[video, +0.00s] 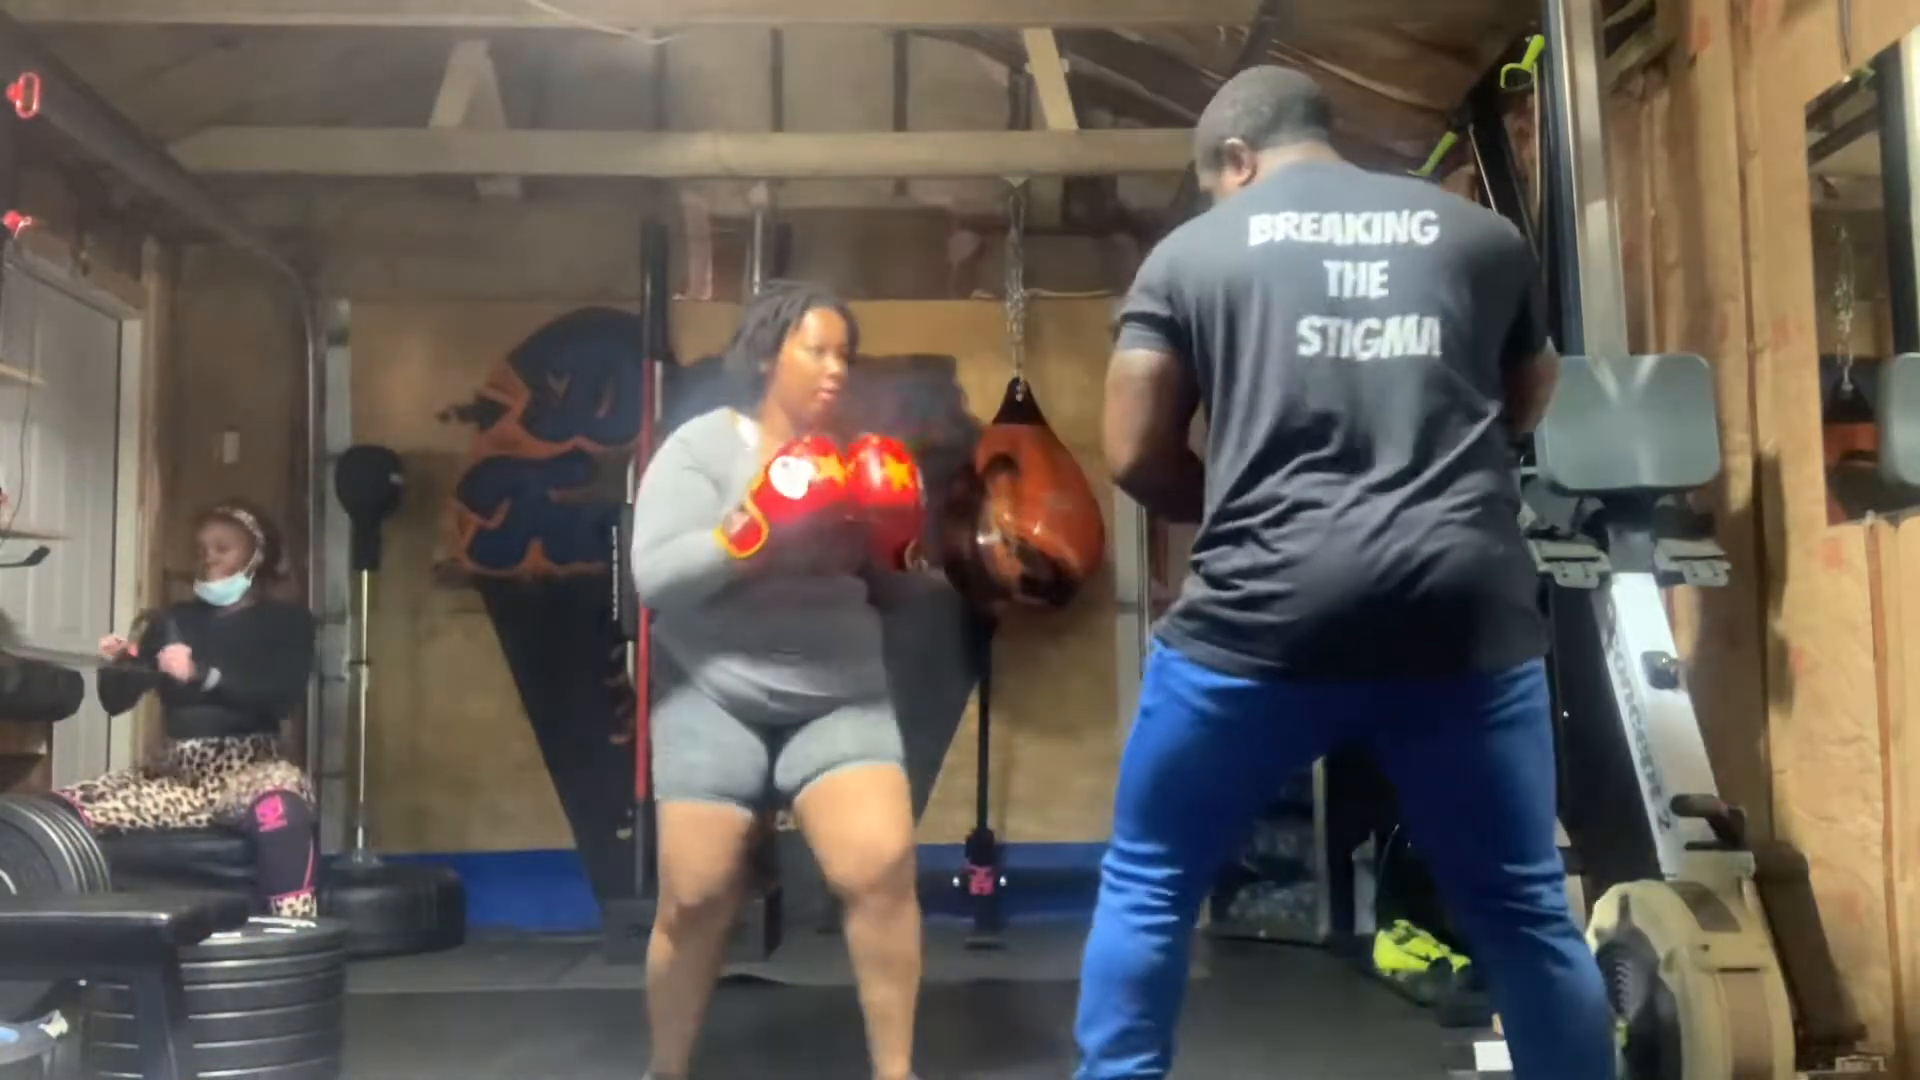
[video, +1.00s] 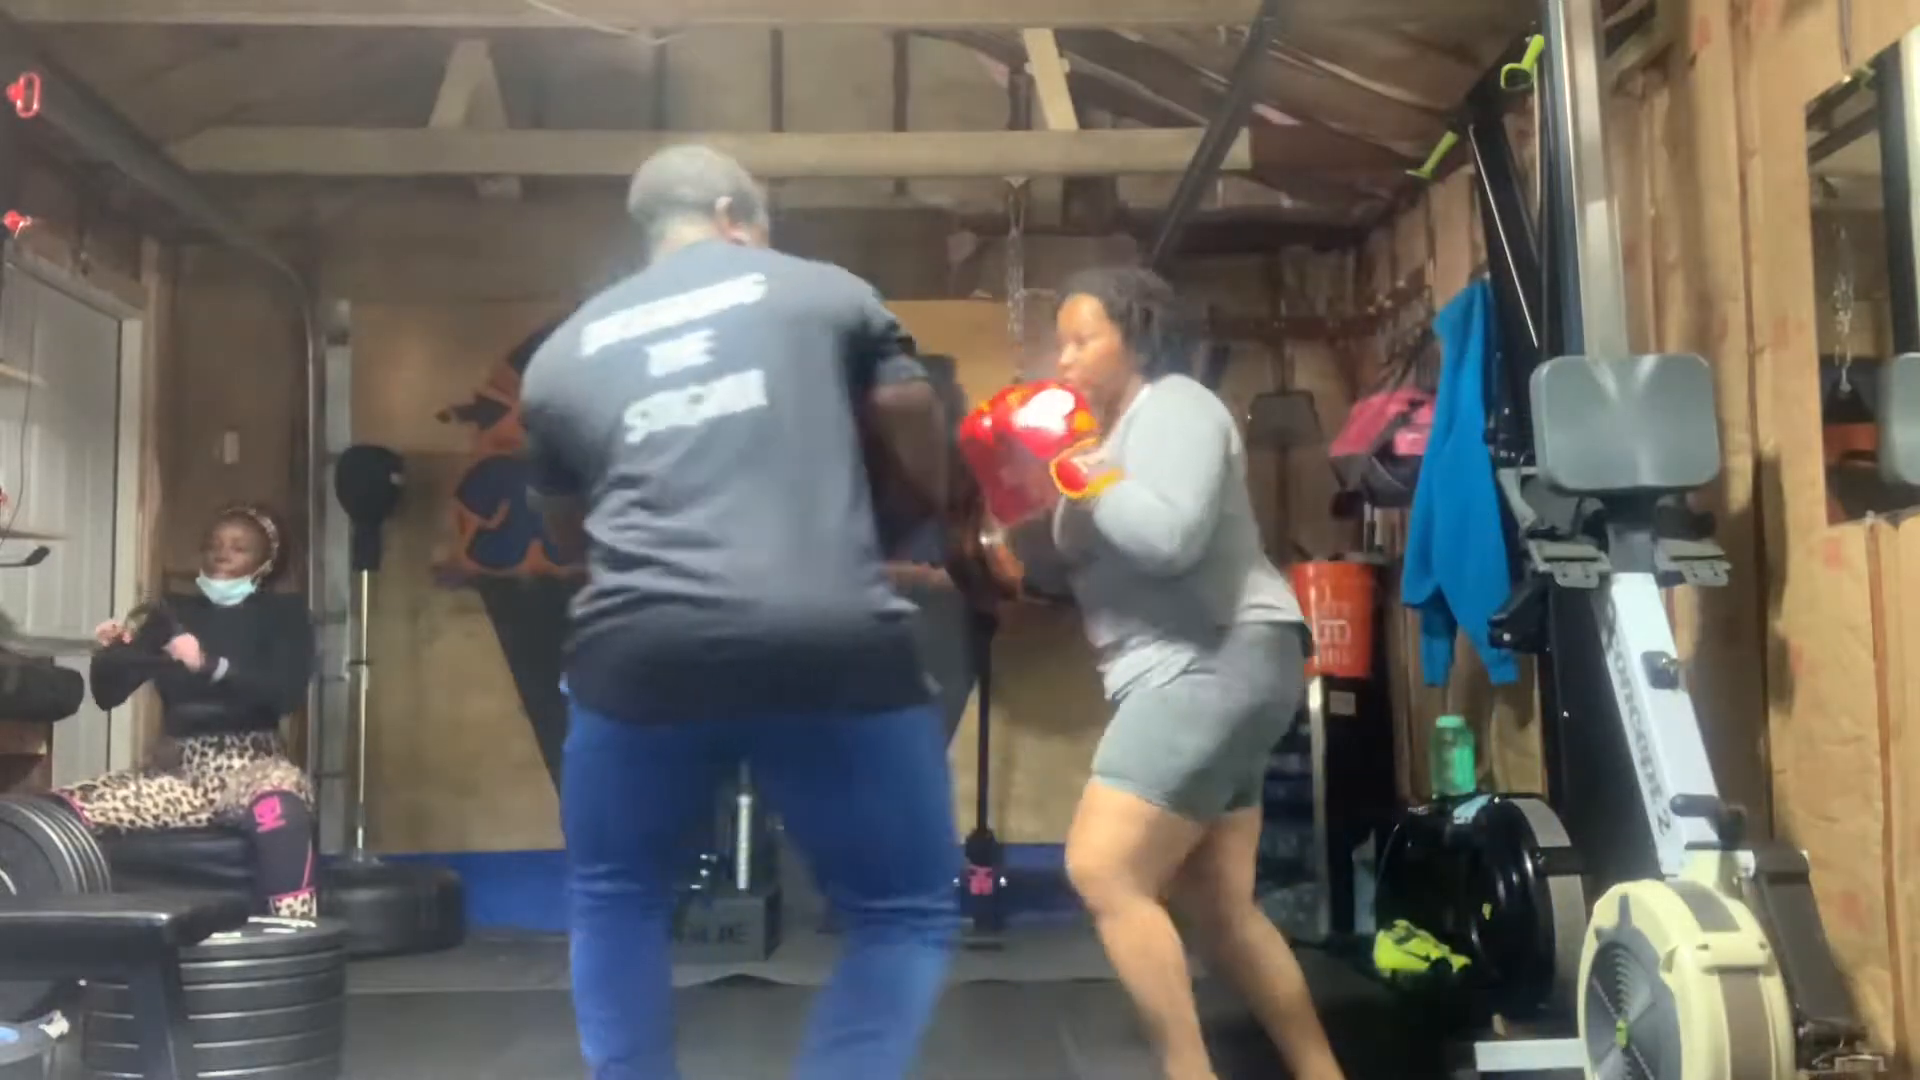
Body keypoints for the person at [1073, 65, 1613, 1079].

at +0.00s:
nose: (1212, 203)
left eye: (1209, 185)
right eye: (1210, 188)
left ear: (1239, 159)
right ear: (1331, 141)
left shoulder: (1189, 253)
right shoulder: (1485, 232)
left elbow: (1137, 456)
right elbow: (1523, 408)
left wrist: (1241, 502)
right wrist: (1409, 455)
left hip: (1269, 603)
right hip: (1472, 604)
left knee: (1150, 878)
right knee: (1527, 908)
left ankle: (1115, 1073)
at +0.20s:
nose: (1205, 203)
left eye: (1203, 187)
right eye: (1204, 190)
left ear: (1232, 164)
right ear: (1333, 155)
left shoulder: (1182, 251)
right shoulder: (1466, 249)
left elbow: (1117, 452)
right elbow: (1502, 413)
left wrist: (1186, 506)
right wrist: (1403, 474)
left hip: (1264, 614)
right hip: (1459, 613)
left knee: (1133, 879)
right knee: (1515, 911)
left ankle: (1119, 1071)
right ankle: (1579, 1079)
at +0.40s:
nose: (1118, 219)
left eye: (1116, 204)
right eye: (1113, 207)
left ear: (1154, 181)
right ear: (1234, 172)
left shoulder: (1136, 246)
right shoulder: (1343, 262)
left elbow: (1059, 444)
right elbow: (1333, 428)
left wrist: (1085, 508)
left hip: (1209, 610)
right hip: (1386, 615)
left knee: (1018, 843)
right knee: (1444, 903)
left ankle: (990, 1064)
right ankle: (1545, 1071)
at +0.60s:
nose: (916, 303)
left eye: (915, 287)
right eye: (912, 287)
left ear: (947, 265)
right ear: (1044, 251)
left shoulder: (947, 338)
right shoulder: (1187, 341)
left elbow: (841, 508)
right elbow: (1289, 505)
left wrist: (895, 538)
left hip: (1069, 704)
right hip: (1262, 707)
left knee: (869, 916)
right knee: (1378, 943)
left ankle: (770, 1071)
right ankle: (1503, 1073)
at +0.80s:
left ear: (719, 287)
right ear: (831, 268)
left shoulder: (679, 376)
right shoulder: (944, 342)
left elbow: (639, 573)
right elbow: (1031, 508)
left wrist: (713, 515)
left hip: (830, 658)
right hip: (1022, 649)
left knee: (672, 896)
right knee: (1152, 920)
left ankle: (665, 1072)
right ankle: (1285, 1071)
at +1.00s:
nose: (770, 240)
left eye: (765, 231)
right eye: (765, 227)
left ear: (643, 236)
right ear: (737, 220)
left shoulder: (561, 356)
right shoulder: (833, 293)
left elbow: (568, 541)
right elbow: (909, 407)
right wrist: (935, 508)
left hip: (645, 652)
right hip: (834, 648)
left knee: (615, 891)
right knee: (902, 915)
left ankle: (630, 1069)